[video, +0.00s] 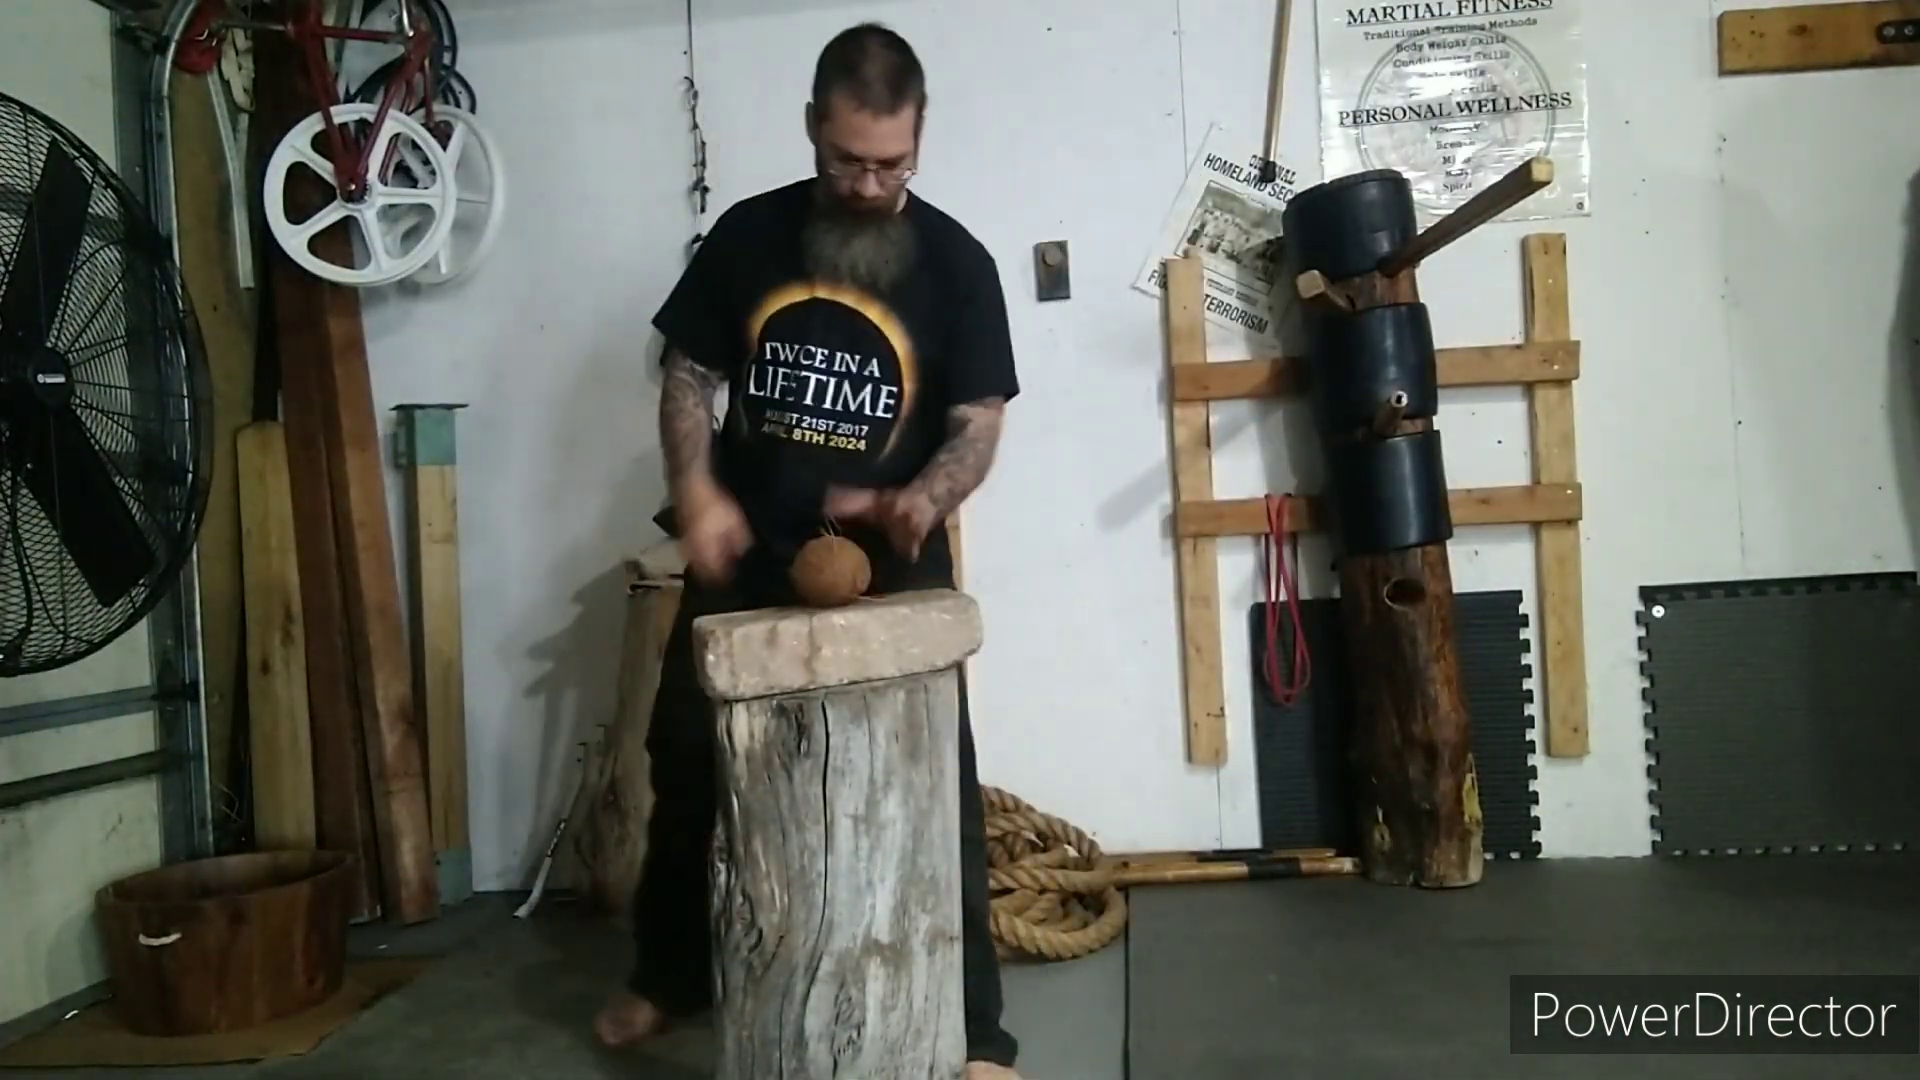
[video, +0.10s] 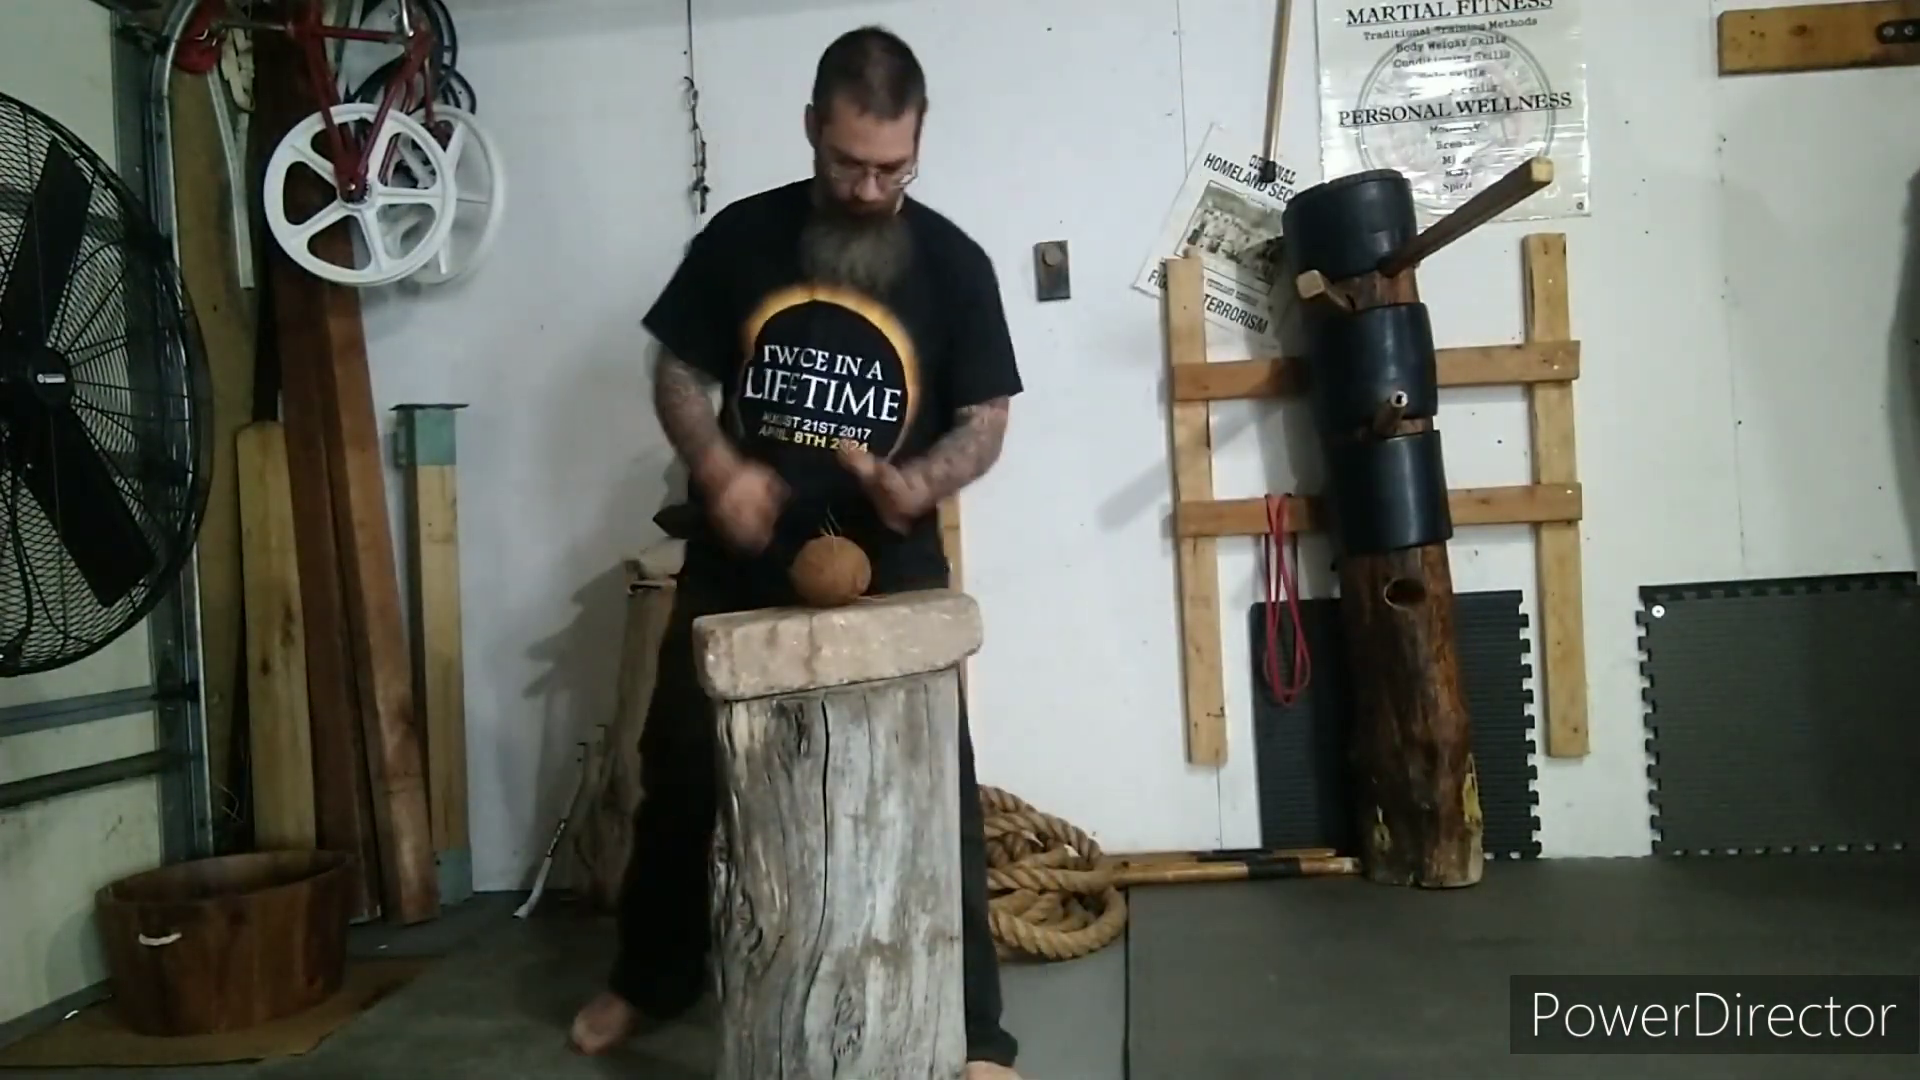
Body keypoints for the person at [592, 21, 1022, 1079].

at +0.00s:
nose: (866, 183)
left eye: (888, 162)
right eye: (846, 159)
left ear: (920, 134)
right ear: (812, 128)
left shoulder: (958, 262)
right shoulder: (744, 237)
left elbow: (979, 421)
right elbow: (686, 373)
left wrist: (923, 499)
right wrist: (695, 494)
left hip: (898, 562)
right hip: (744, 556)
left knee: (938, 794)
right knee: (689, 776)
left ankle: (975, 1030)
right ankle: (665, 981)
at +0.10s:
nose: (870, 185)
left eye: (892, 165)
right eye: (850, 163)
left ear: (920, 137)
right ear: (813, 130)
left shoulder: (955, 263)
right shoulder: (736, 239)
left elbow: (985, 422)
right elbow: (676, 378)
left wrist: (928, 480)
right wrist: (714, 465)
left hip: (894, 555)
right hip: (739, 554)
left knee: (939, 791)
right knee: (681, 774)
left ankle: (974, 1029)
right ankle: (647, 980)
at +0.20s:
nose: (858, 192)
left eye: (881, 172)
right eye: (839, 169)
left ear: (908, 146)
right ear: (802, 137)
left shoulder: (939, 267)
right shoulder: (725, 240)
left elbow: (974, 427)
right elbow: (659, 384)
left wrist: (900, 461)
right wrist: (737, 443)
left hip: (883, 563)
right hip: (730, 560)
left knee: (932, 793)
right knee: (673, 779)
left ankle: (973, 1030)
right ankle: (634, 988)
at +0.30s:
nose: (832, 204)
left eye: (854, 183)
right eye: (813, 179)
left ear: (878, 160)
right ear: (772, 148)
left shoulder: (900, 278)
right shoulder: (695, 255)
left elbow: (934, 439)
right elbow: (638, 409)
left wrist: (837, 431)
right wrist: (750, 431)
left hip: (855, 581)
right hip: (702, 578)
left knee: (915, 803)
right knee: (660, 796)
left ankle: (973, 1033)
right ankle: (630, 994)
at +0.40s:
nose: (814, 210)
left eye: (834, 190)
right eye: (795, 186)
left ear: (856, 168)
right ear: (753, 154)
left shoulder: (878, 284)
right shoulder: (673, 264)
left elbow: (903, 447)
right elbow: (614, 418)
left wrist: (828, 421)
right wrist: (740, 426)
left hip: (836, 583)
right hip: (687, 583)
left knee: (903, 799)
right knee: (656, 797)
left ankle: (971, 1030)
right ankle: (630, 993)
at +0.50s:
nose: (789, 210)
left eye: (808, 190)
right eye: (771, 186)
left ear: (829, 170)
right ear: (728, 158)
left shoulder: (858, 285)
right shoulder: (651, 272)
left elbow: (890, 442)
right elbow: (585, 421)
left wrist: (805, 413)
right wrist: (702, 432)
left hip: (821, 590)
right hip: (671, 591)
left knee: (891, 805)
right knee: (649, 807)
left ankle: (968, 1031)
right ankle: (628, 995)